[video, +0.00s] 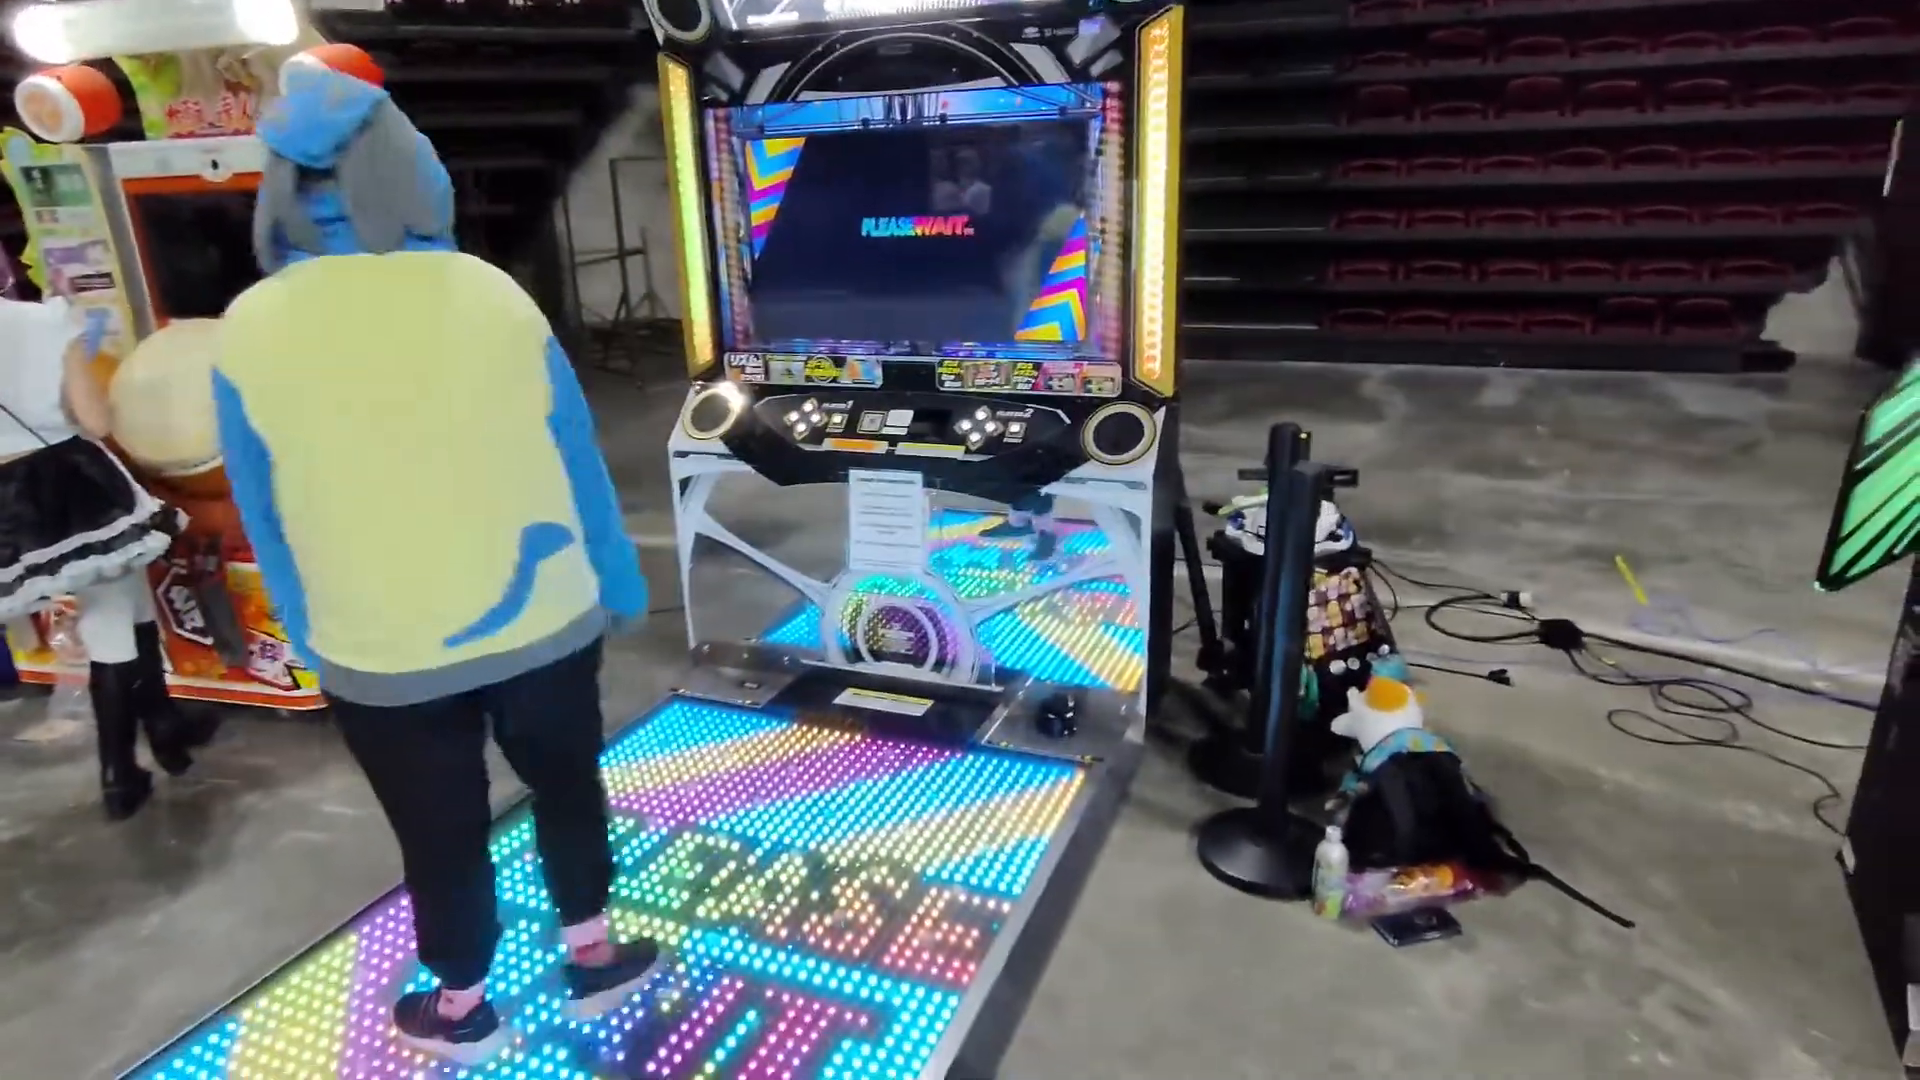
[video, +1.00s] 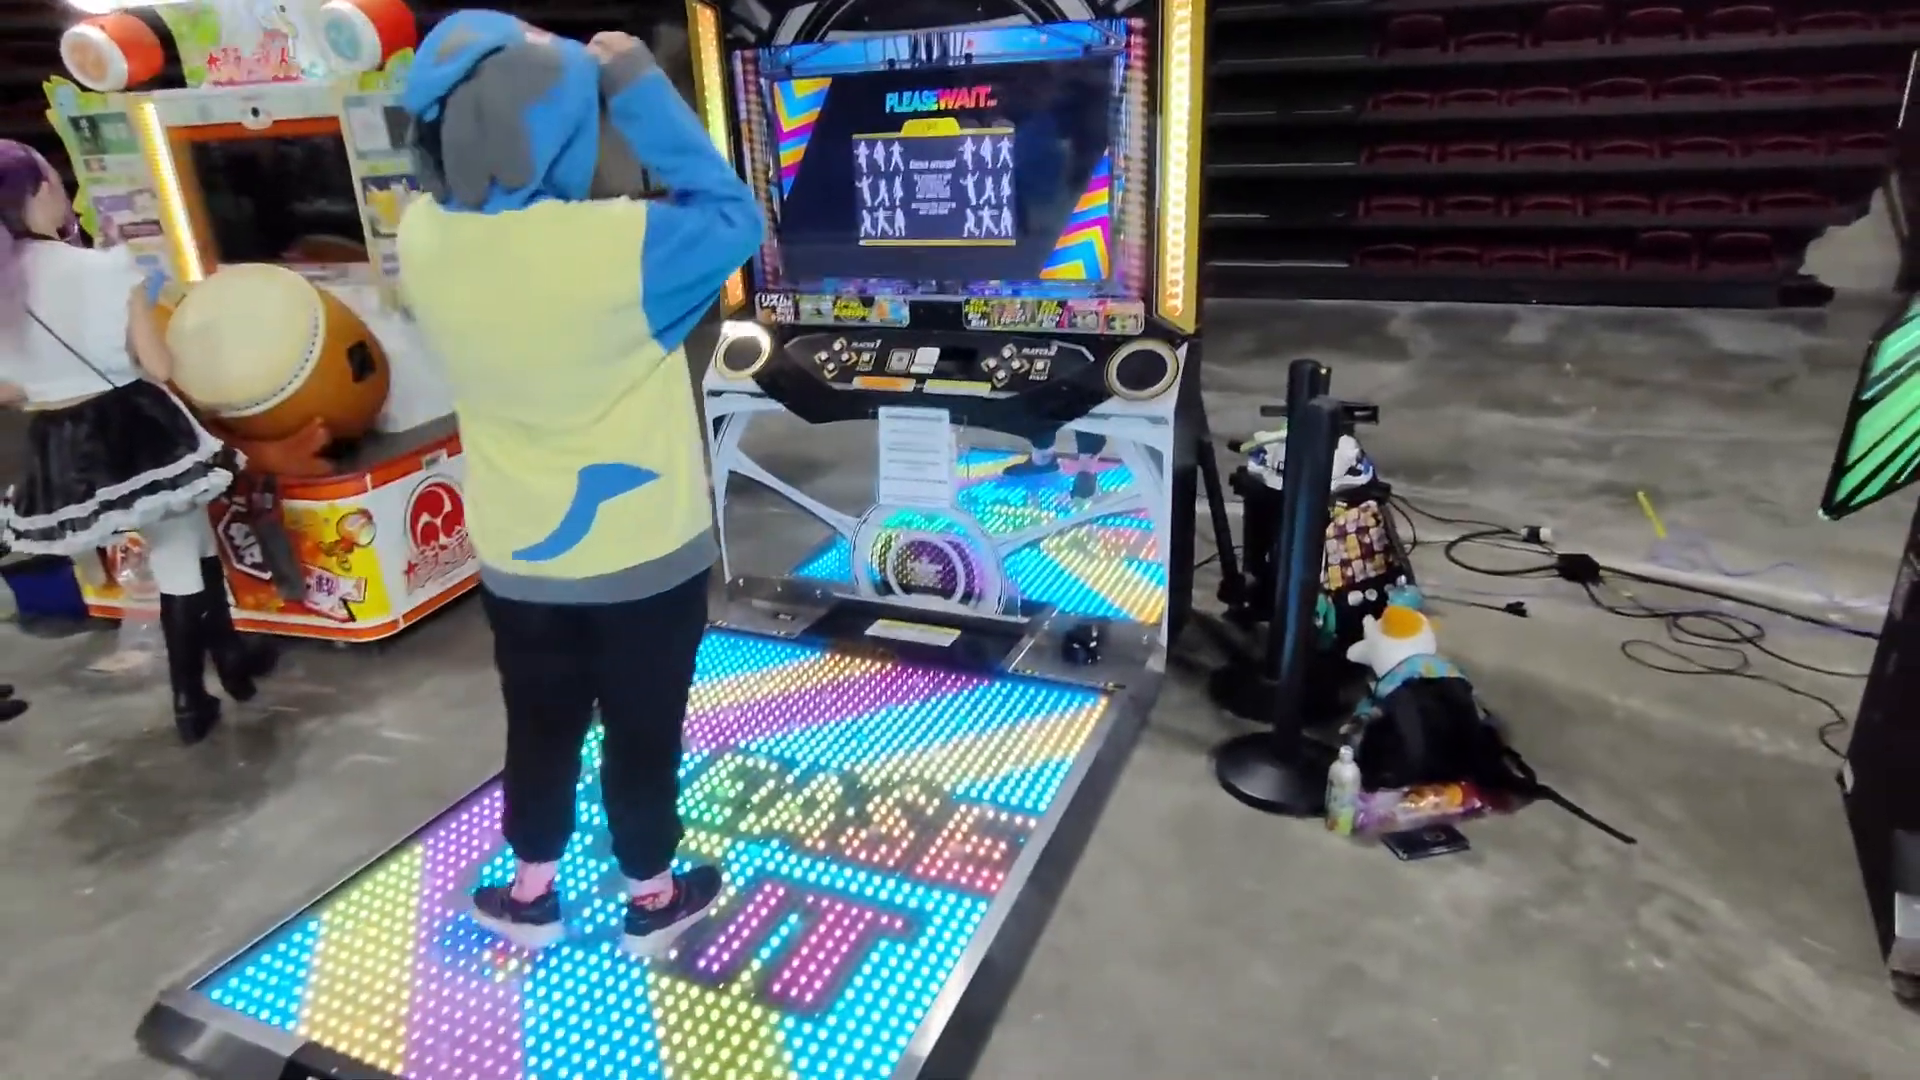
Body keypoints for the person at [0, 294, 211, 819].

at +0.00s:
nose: (30, 261)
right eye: (24, 251)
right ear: (16, 257)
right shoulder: (48, 323)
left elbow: (92, 419)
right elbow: (94, 421)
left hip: (11, 505)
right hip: (70, 493)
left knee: (125, 593)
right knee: (108, 623)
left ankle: (165, 726)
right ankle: (118, 774)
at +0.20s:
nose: (23, 230)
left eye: (17, 218)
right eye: (15, 219)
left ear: (3, 233)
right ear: (4, 233)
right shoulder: (65, 302)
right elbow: (116, 400)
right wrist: (108, 339)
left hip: (15, 490)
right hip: (87, 479)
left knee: (144, 556)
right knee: (135, 589)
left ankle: (190, 700)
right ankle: (144, 747)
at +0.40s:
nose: (38, 214)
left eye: (32, 202)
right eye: (30, 203)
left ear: (1, 210)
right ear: (10, 208)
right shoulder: (79, 284)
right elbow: (132, 382)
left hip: (25, 468)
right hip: (104, 456)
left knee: (159, 537)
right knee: (150, 571)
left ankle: (206, 677)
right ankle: (161, 724)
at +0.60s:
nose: (51, 205)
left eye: (46, 194)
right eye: (43, 194)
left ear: (6, 209)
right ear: (22, 202)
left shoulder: (6, 281)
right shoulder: (93, 276)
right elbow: (144, 373)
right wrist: (125, 312)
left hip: (41, 449)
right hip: (116, 439)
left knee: (172, 528)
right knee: (160, 558)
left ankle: (215, 661)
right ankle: (173, 710)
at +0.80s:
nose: (60, 200)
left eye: (55, 189)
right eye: (52, 190)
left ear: (8, 206)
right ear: (29, 199)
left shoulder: (5, 282)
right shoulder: (102, 271)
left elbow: (9, 393)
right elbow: (151, 369)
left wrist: (51, 393)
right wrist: (140, 313)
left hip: (56, 443)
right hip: (128, 432)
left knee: (179, 535)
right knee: (168, 560)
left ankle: (225, 658)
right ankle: (183, 706)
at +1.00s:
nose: (65, 195)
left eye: (59, 184)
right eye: (57, 185)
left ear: (11, 204)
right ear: (33, 196)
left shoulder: (5, 283)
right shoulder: (106, 267)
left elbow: (10, 389)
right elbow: (156, 365)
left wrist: (58, 386)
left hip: (62, 440)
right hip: (134, 426)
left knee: (181, 533)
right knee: (175, 550)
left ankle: (233, 654)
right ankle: (190, 702)